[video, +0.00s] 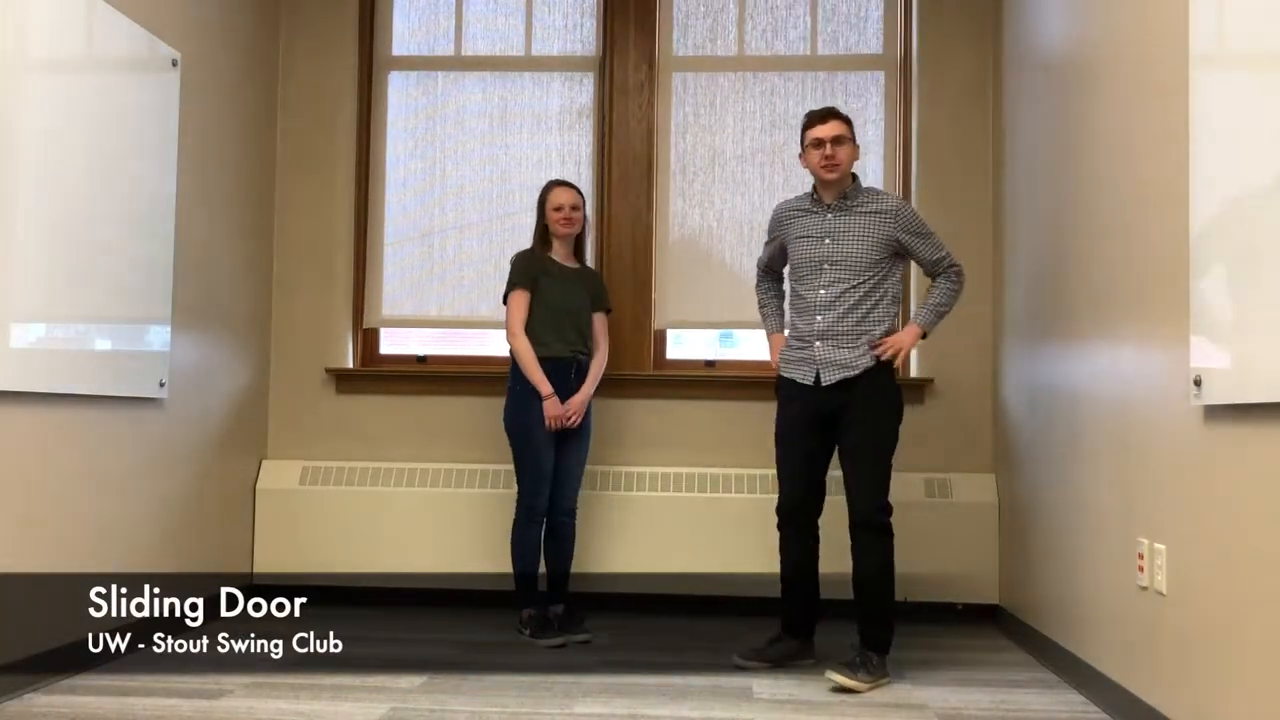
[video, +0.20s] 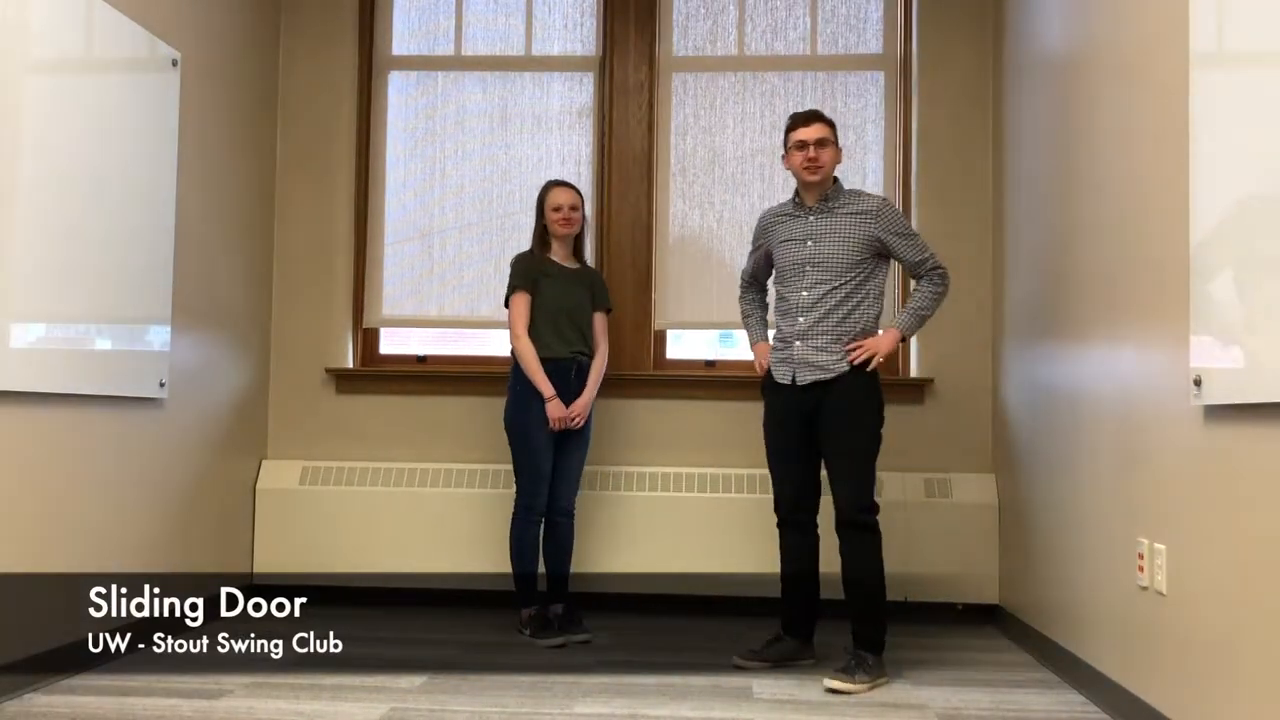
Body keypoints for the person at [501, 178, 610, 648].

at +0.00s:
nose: (567, 215)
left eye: (574, 208)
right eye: (558, 209)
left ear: (584, 216)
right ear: (543, 216)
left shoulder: (591, 278)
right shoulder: (527, 263)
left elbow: (601, 348)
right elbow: (515, 332)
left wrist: (584, 395)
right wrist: (547, 393)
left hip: (576, 391)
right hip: (532, 388)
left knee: (564, 504)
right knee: (535, 501)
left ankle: (559, 609)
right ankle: (530, 612)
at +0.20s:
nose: (566, 216)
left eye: (573, 209)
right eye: (557, 209)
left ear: (583, 216)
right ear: (542, 217)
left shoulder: (592, 277)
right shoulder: (527, 264)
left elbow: (601, 349)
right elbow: (519, 336)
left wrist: (587, 397)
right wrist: (549, 395)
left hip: (577, 391)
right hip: (533, 389)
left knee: (562, 505)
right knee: (532, 502)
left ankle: (560, 608)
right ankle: (530, 611)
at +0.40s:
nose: (565, 216)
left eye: (571, 209)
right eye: (556, 210)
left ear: (581, 215)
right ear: (541, 217)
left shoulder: (591, 277)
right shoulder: (526, 266)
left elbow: (601, 348)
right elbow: (518, 338)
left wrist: (588, 397)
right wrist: (549, 396)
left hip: (577, 393)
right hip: (533, 390)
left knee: (563, 505)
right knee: (533, 502)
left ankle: (560, 608)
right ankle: (530, 611)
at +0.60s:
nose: (565, 216)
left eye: (571, 209)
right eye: (555, 210)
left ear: (580, 216)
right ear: (540, 217)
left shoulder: (591, 276)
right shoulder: (526, 265)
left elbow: (601, 348)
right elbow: (519, 338)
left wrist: (588, 397)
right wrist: (551, 397)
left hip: (578, 393)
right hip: (534, 390)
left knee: (563, 504)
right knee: (533, 501)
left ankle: (560, 607)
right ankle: (530, 611)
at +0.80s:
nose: (567, 216)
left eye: (573, 209)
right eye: (557, 210)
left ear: (581, 216)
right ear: (541, 217)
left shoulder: (591, 276)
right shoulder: (526, 265)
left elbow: (601, 349)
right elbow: (519, 338)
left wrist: (589, 397)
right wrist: (551, 396)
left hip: (578, 394)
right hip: (534, 391)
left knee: (564, 504)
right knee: (534, 501)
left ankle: (560, 607)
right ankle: (530, 610)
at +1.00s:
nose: (569, 216)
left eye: (575, 209)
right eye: (559, 210)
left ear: (583, 216)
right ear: (543, 217)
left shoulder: (592, 276)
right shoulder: (528, 265)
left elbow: (602, 349)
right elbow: (520, 337)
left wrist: (589, 398)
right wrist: (551, 396)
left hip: (579, 394)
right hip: (535, 391)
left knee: (564, 504)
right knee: (534, 501)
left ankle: (559, 606)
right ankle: (530, 609)